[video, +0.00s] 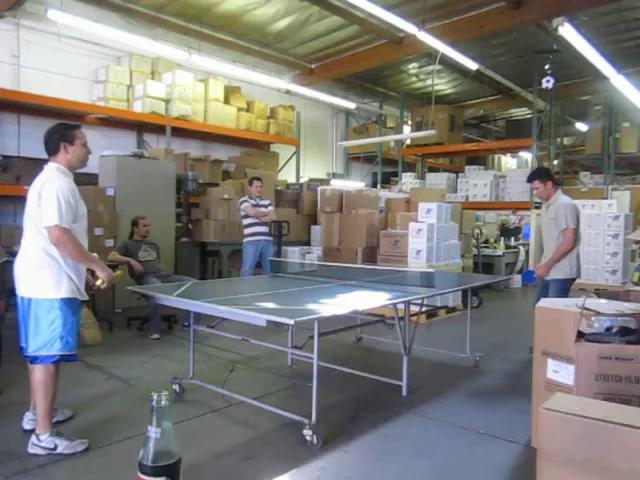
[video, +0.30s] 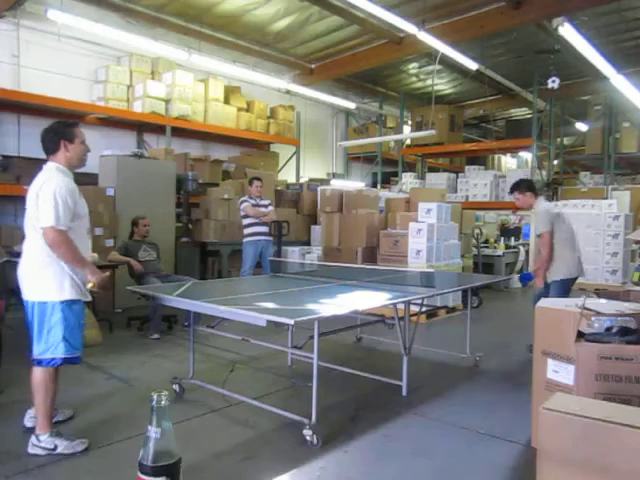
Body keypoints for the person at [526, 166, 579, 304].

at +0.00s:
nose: (535, 193)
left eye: (537, 189)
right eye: (533, 189)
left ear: (549, 184)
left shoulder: (564, 205)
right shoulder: (546, 206)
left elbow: (569, 241)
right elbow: (551, 242)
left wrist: (546, 266)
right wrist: (541, 265)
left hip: (562, 271)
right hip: (548, 271)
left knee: (553, 315)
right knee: (540, 311)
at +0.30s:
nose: (517, 203)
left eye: (518, 199)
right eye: (515, 200)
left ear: (529, 195)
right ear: (530, 196)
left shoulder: (543, 211)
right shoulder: (540, 210)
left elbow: (546, 250)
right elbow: (542, 248)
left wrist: (540, 276)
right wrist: (535, 271)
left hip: (563, 270)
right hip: (554, 270)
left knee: (552, 310)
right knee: (538, 304)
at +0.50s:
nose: (508, 204)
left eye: (509, 199)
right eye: (507, 200)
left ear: (519, 195)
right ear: (520, 195)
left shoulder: (532, 210)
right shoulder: (539, 207)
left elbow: (536, 244)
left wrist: (531, 273)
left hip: (554, 266)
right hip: (563, 263)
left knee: (538, 307)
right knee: (541, 306)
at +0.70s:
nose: (498, 203)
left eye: (498, 199)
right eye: (496, 199)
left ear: (507, 194)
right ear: (509, 194)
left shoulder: (520, 207)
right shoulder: (526, 205)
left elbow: (524, 243)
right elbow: (526, 242)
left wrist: (513, 263)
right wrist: (514, 259)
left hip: (545, 259)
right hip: (558, 258)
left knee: (519, 292)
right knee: (538, 296)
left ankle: (513, 338)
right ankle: (548, 338)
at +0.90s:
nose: (484, 206)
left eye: (484, 202)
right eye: (482, 203)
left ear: (493, 198)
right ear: (496, 198)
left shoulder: (506, 211)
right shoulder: (513, 209)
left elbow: (506, 249)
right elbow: (512, 251)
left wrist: (485, 262)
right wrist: (490, 261)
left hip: (528, 265)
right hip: (542, 264)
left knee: (502, 298)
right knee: (526, 300)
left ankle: (486, 337)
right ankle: (540, 338)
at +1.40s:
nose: (493, 193)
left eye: (496, 188)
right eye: (493, 188)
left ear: (508, 188)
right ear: (510, 189)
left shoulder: (509, 207)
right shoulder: (525, 206)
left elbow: (507, 238)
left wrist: (485, 254)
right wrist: (493, 249)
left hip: (519, 265)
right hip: (537, 265)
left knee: (494, 293)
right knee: (541, 307)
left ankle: (485, 335)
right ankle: (551, 341)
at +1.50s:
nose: (507, 194)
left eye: (510, 189)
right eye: (507, 189)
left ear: (521, 190)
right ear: (523, 190)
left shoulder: (521, 209)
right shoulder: (537, 208)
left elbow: (519, 239)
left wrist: (499, 254)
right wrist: (506, 250)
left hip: (528, 268)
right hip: (546, 268)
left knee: (500, 295)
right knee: (546, 312)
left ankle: (485, 336)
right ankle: (549, 347)